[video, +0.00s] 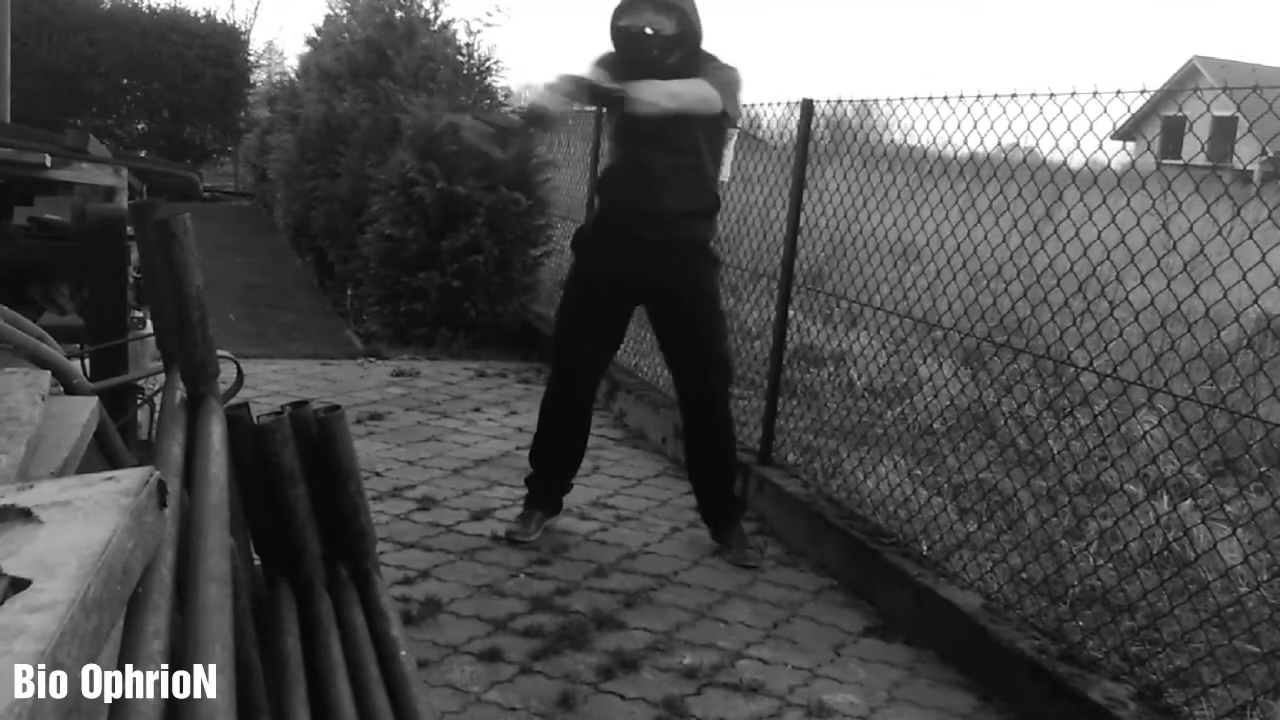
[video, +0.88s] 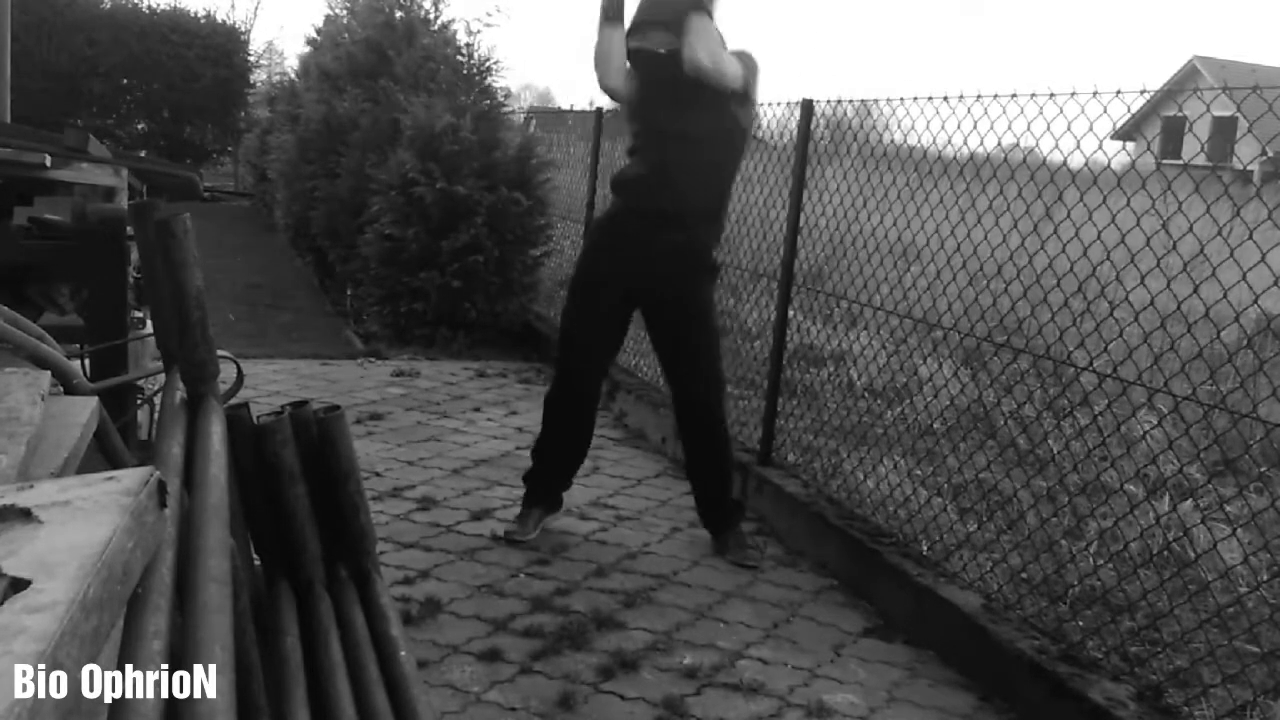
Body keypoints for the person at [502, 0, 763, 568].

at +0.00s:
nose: (643, 41)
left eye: (657, 29)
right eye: (631, 31)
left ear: (684, 35)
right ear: (619, 36)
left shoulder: (719, 78)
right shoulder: (614, 74)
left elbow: (655, 98)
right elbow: (557, 91)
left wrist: (603, 92)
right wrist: (538, 104)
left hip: (682, 255)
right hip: (608, 248)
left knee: (707, 387)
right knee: (571, 375)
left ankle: (725, 520)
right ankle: (542, 499)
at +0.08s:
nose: (657, 58)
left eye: (671, 45)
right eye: (648, 46)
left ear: (701, 44)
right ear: (638, 46)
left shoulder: (737, 92)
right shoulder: (633, 94)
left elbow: (657, 114)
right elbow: (614, 142)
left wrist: (575, 95)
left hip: (671, 270)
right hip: (604, 258)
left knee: (690, 401)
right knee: (570, 382)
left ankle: (722, 524)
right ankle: (541, 500)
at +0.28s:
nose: (656, 45)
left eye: (671, 33)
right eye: (645, 34)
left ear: (697, 35)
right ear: (632, 36)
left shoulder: (727, 75)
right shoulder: (631, 80)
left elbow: (717, 128)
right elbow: (593, 129)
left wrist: (648, 108)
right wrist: (613, 84)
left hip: (683, 256)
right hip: (612, 247)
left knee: (705, 391)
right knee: (571, 374)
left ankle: (724, 522)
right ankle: (542, 499)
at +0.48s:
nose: (647, 29)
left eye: (660, 23)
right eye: (638, 17)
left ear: (676, 34)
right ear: (614, 17)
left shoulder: (687, 72)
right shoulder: (584, 62)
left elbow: (689, 121)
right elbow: (591, 123)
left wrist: (658, 171)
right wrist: (642, 170)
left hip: (692, 251)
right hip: (616, 250)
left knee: (717, 382)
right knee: (584, 380)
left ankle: (735, 518)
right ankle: (546, 501)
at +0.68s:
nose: (645, 48)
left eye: (658, 39)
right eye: (633, 35)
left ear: (676, 43)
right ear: (609, 35)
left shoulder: (688, 77)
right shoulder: (586, 77)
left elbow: (681, 108)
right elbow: (590, 109)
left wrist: (651, 126)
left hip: (690, 254)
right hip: (616, 251)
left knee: (725, 377)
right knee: (578, 377)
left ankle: (735, 518)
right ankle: (546, 502)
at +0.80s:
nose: (657, 35)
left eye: (667, 26)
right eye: (647, 30)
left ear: (691, 22)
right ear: (643, 23)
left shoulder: (726, 61)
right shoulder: (628, 57)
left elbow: (693, 58)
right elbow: (607, 75)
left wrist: (671, 0)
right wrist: (623, 12)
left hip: (688, 247)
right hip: (616, 241)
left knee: (710, 387)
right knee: (577, 375)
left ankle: (728, 519)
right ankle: (542, 498)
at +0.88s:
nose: (655, 51)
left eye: (664, 39)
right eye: (648, 42)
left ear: (696, 35)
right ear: (646, 39)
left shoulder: (742, 75)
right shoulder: (648, 81)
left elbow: (702, 62)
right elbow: (610, 74)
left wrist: (700, 9)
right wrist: (614, 8)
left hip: (683, 255)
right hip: (615, 246)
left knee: (700, 392)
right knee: (576, 375)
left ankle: (724, 523)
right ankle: (541, 497)